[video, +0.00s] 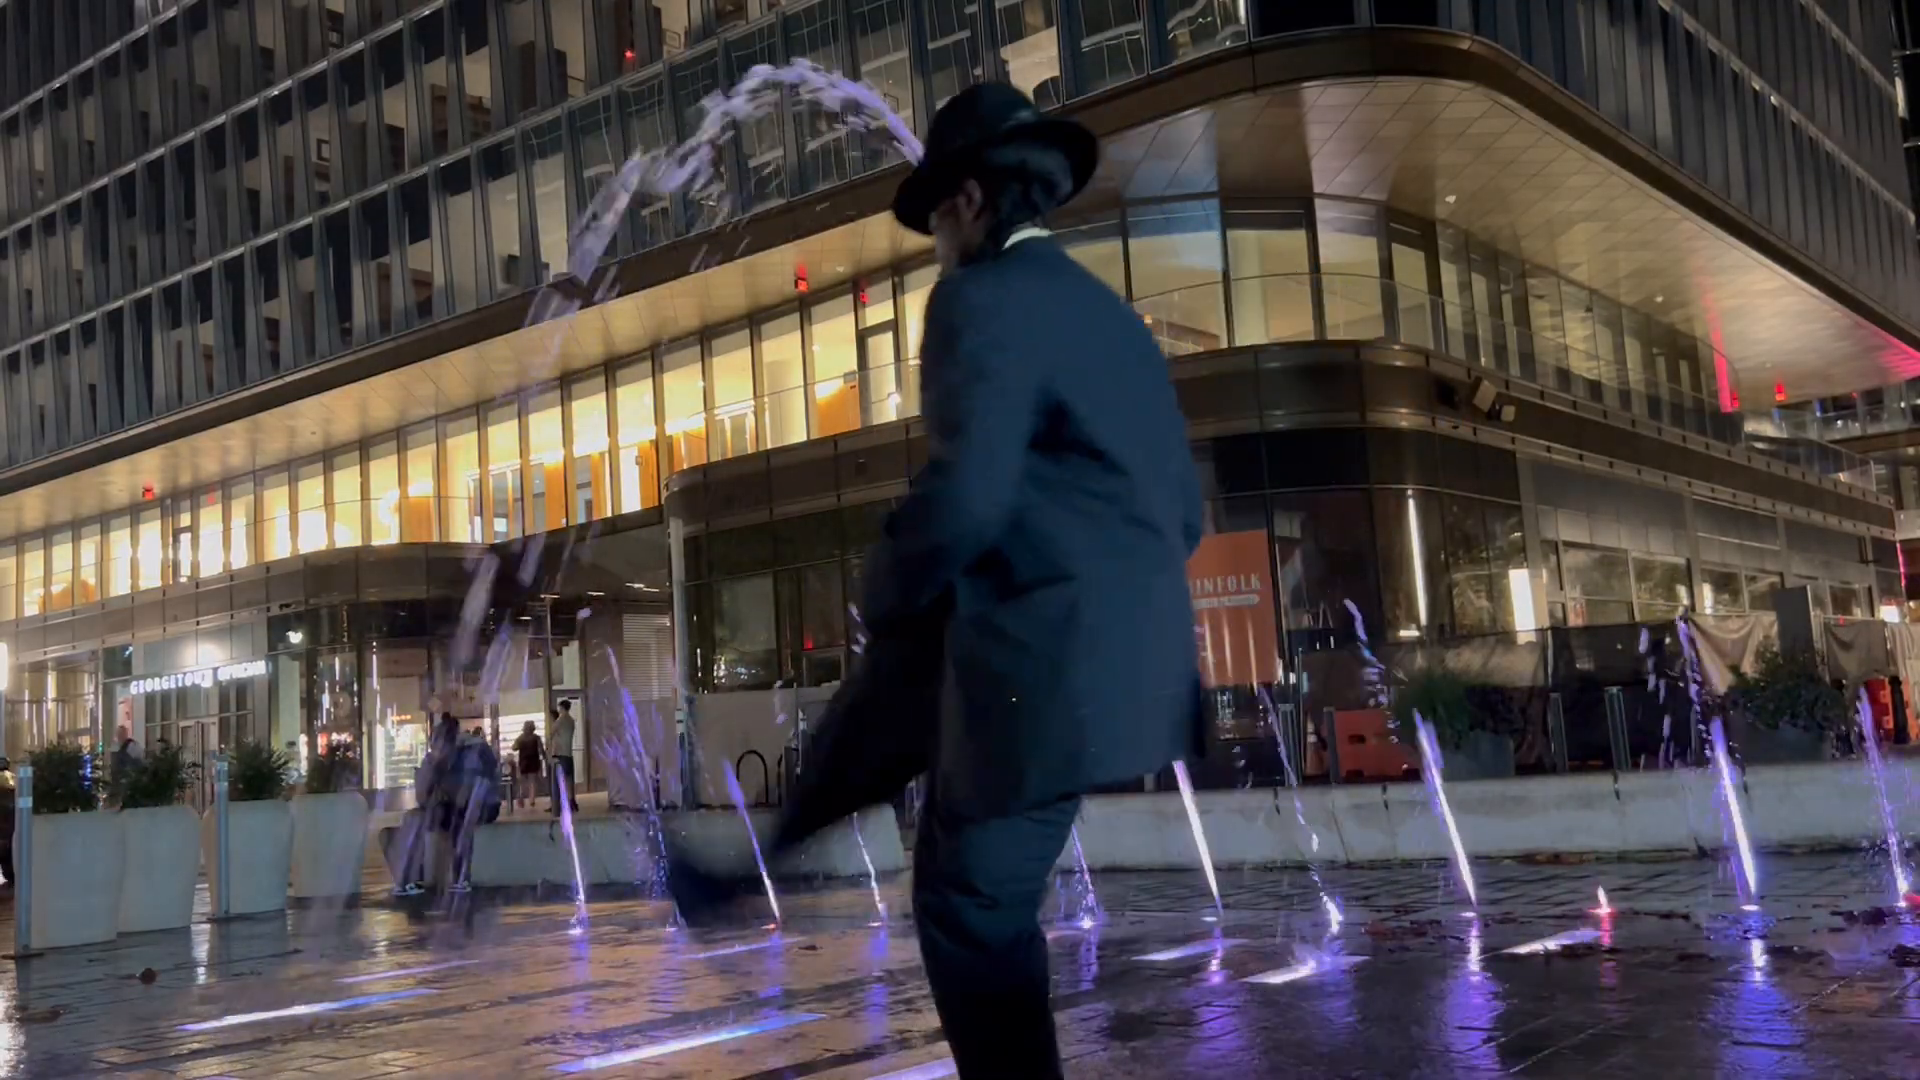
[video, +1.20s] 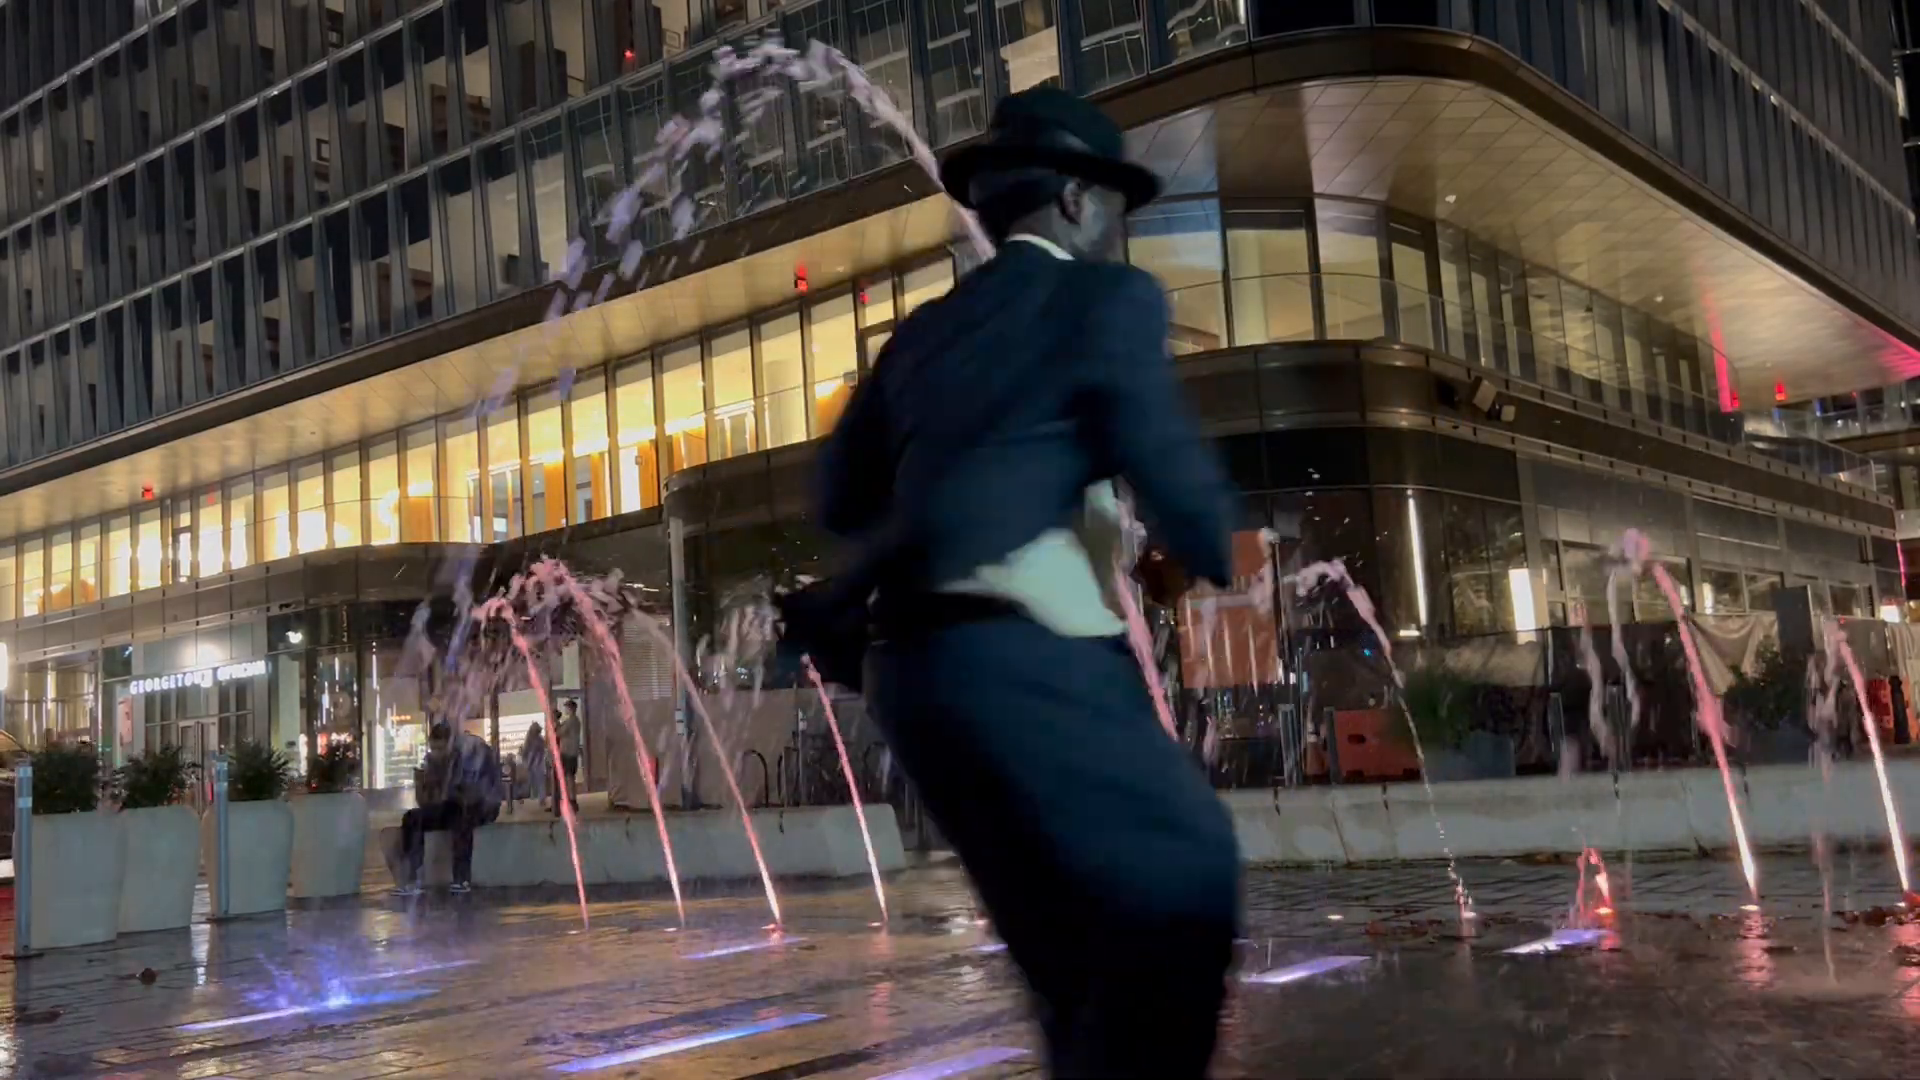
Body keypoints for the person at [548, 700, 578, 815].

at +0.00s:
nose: (558, 710)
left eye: (559, 708)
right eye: (559, 708)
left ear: (561, 708)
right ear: (568, 708)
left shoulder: (559, 721)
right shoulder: (571, 720)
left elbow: (551, 733)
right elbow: (568, 736)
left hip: (558, 754)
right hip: (568, 753)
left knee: (556, 781)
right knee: (570, 780)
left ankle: (556, 805)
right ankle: (572, 801)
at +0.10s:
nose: (558, 710)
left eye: (558, 708)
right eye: (558, 708)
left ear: (561, 708)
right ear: (567, 708)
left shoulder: (559, 720)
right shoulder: (570, 720)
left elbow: (552, 731)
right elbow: (570, 736)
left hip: (560, 754)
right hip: (568, 753)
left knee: (559, 779)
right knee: (570, 780)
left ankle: (558, 803)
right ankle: (571, 801)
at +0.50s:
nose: (558, 710)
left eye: (560, 708)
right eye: (558, 708)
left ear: (562, 708)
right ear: (567, 708)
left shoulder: (560, 720)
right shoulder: (570, 719)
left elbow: (556, 734)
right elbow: (571, 735)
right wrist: (570, 748)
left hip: (561, 752)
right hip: (568, 752)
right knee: (570, 778)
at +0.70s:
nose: (560, 710)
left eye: (563, 708)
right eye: (560, 707)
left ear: (568, 708)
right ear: (559, 708)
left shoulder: (571, 721)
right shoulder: (558, 720)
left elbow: (569, 739)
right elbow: (554, 736)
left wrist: (567, 754)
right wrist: (551, 753)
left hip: (567, 754)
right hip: (556, 753)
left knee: (568, 779)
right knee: (555, 780)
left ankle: (571, 802)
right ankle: (555, 803)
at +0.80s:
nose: (561, 710)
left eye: (563, 708)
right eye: (561, 708)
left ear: (565, 708)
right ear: (570, 708)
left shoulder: (565, 720)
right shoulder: (572, 720)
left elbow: (556, 731)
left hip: (562, 754)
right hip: (569, 754)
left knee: (559, 781)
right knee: (569, 781)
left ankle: (557, 805)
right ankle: (572, 803)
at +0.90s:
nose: (562, 710)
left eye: (563, 708)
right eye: (563, 708)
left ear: (567, 708)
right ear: (571, 708)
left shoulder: (567, 720)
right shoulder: (573, 720)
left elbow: (559, 731)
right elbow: (569, 735)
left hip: (564, 754)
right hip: (570, 754)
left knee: (559, 781)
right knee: (570, 780)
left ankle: (557, 805)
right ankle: (572, 803)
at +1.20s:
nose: (566, 710)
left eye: (567, 707)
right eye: (566, 707)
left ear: (570, 708)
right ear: (574, 708)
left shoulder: (569, 720)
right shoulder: (576, 720)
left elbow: (560, 732)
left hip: (566, 752)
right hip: (572, 752)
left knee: (568, 778)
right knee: (571, 778)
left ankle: (571, 800)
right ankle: (572, 800)